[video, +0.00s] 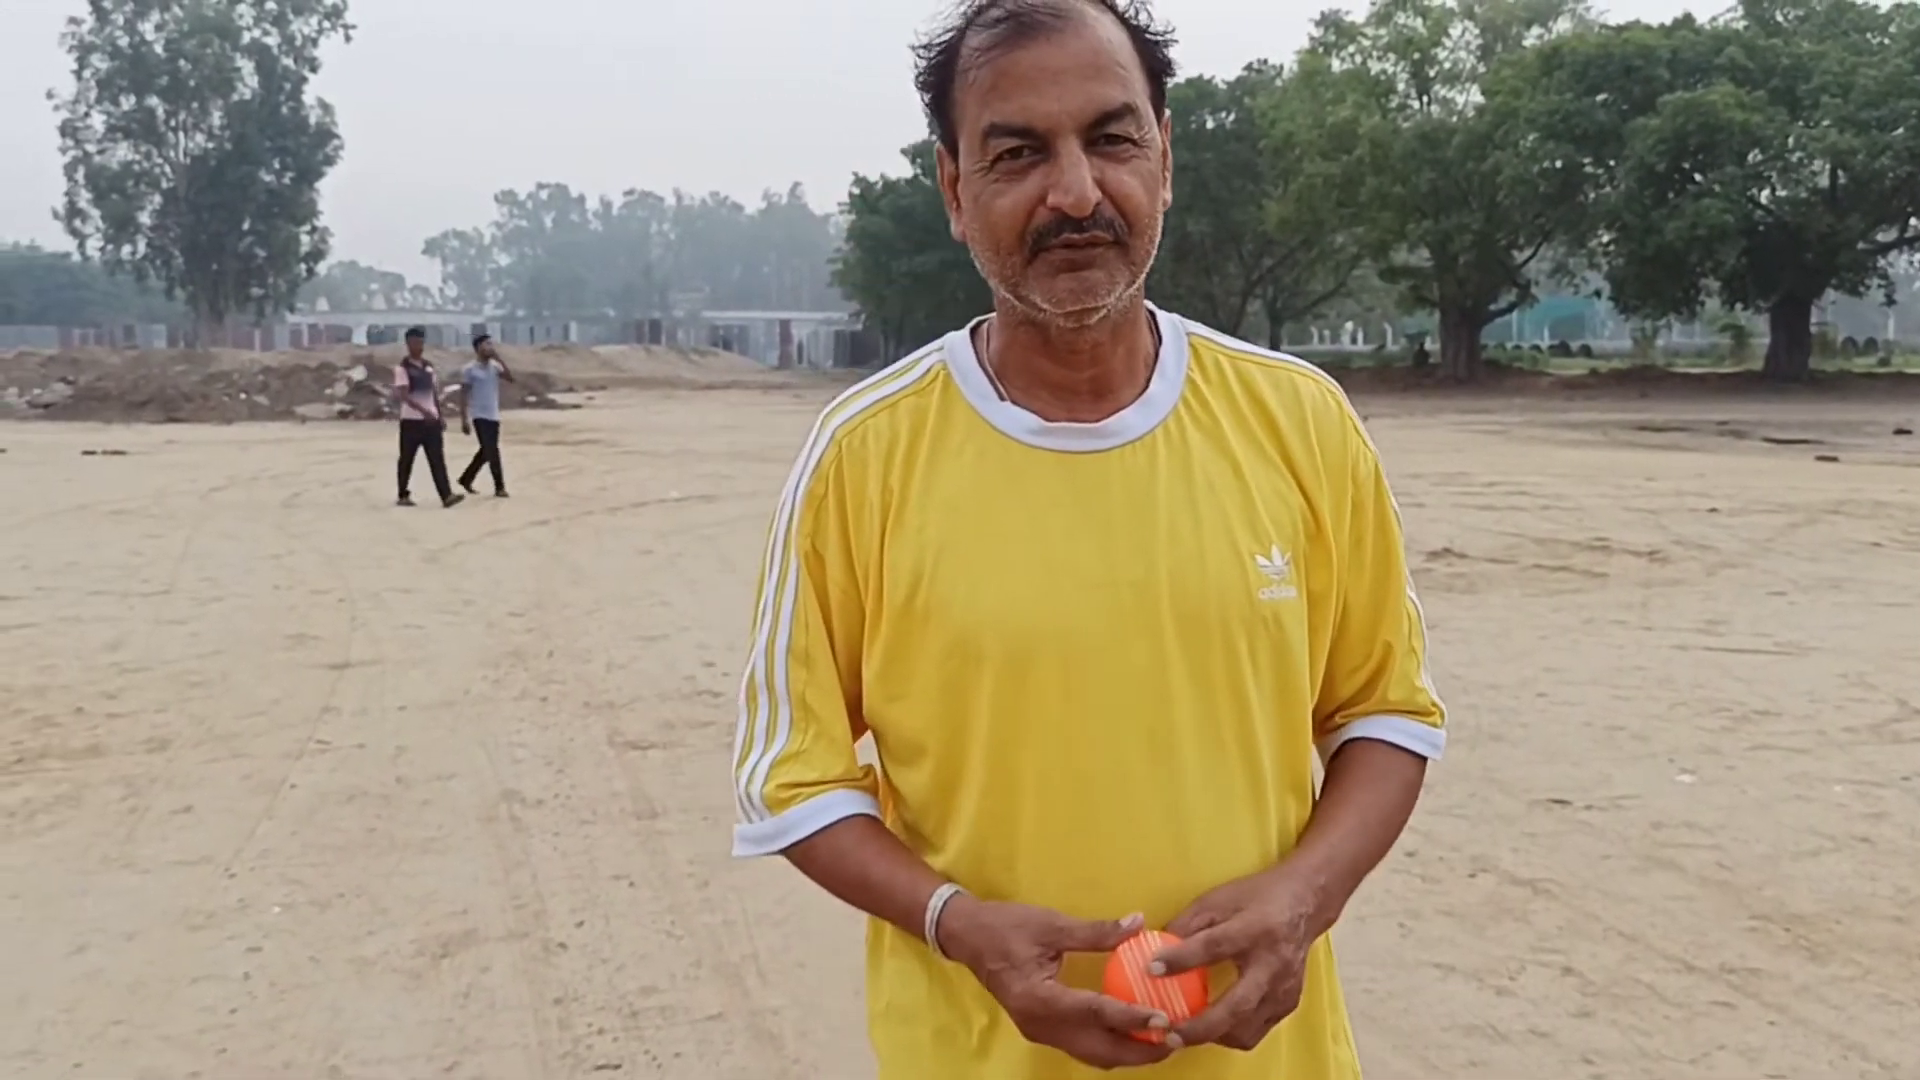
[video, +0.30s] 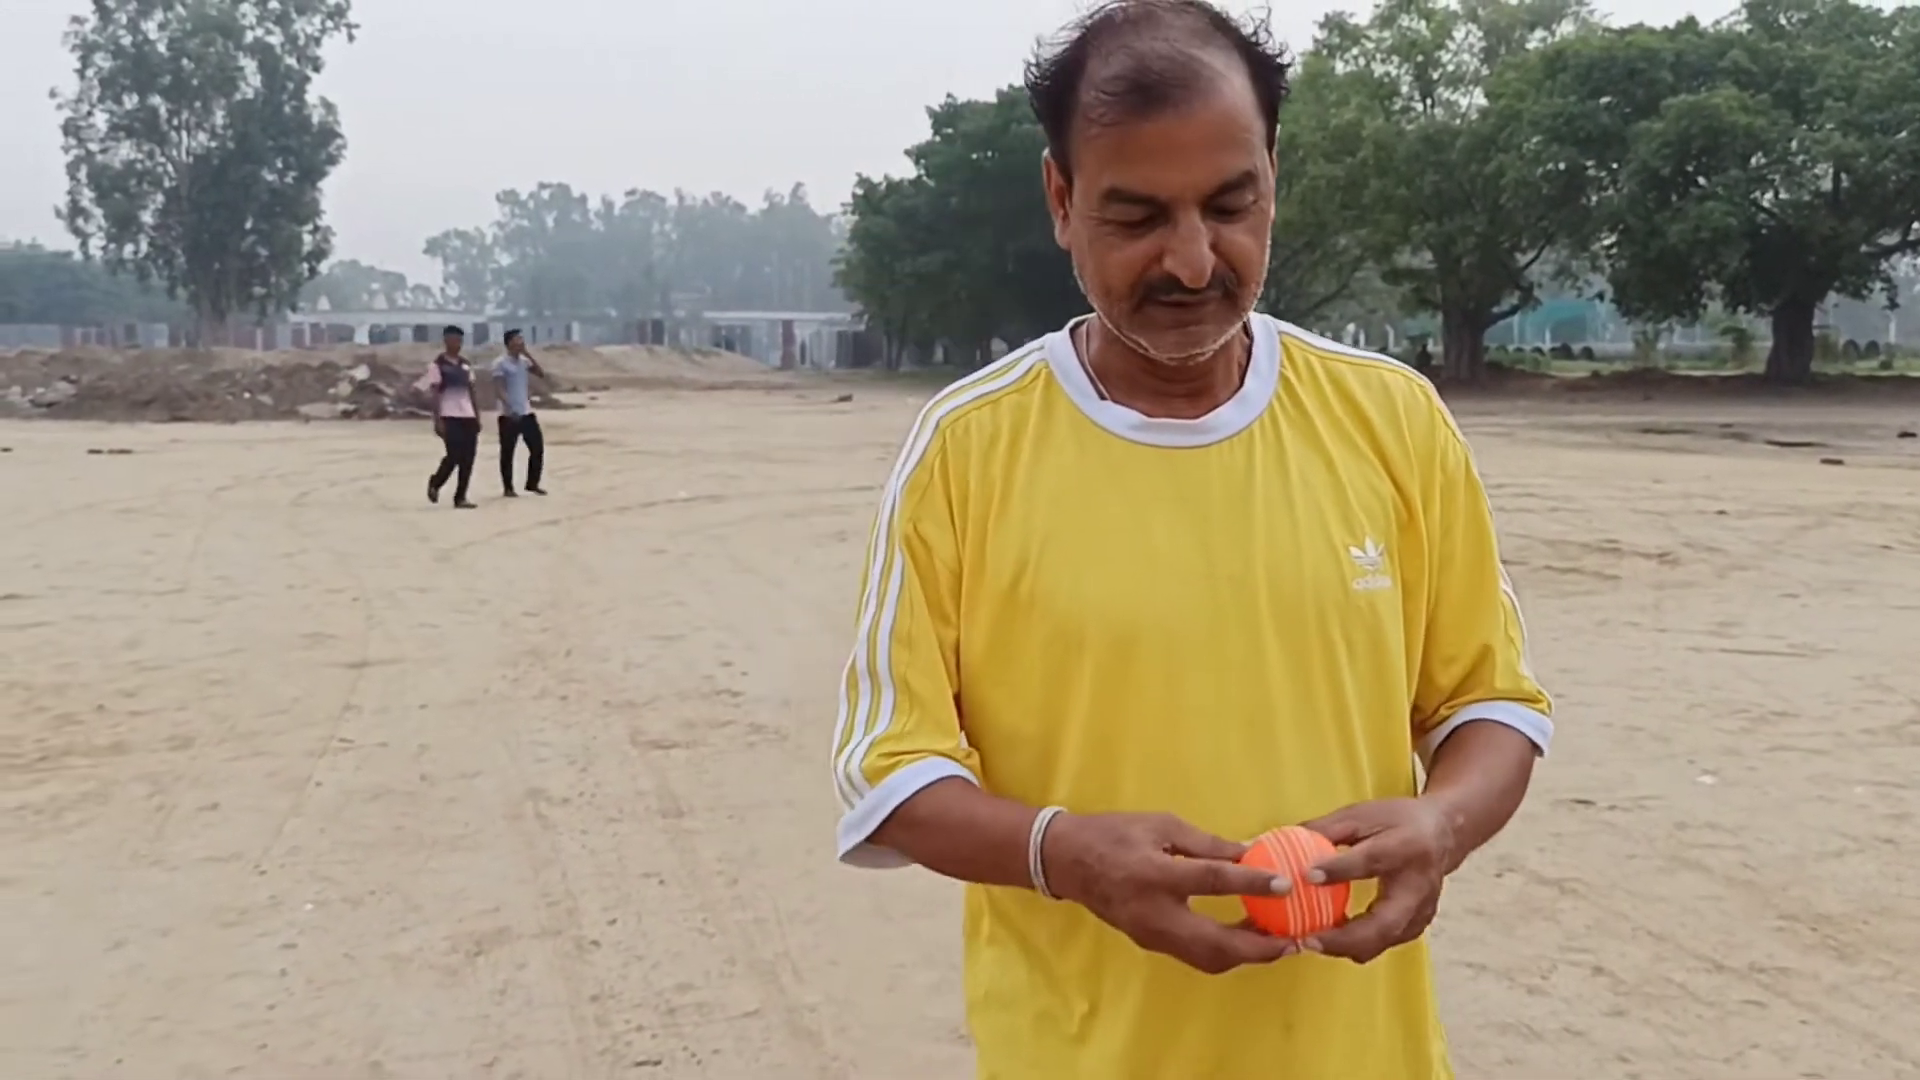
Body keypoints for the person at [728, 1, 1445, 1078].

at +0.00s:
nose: (1075, 191)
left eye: (1113, 140)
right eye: (1020, 153)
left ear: (1165, 164)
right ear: (954, 195)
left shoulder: (1302, 422)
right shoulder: (862, 454)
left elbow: (1392, 712)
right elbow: (789, 774)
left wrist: (1301, 893)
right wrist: (962, 924)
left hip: (1272, 1049)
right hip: (976, 1054)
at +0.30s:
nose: (1191, 259)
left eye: (1230, 203)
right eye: (1135, 214)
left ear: (1273, 182)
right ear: (1060, 203)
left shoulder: (1395, 423)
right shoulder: (964, 449)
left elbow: (1495, 703)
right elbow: (884, 778)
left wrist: (1444, 821)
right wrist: (1058, 853)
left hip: (1362, 1050)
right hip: (1074, 1052)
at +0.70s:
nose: (1291, 239)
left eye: (1329, 183)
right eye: (1237, 194)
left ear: (1369, 173)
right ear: (1162, 194)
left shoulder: (1479, 414)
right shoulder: (1058, 432)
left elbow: (1591, 690)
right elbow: (941, 742)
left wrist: (1543, 751)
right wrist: (1159, 755)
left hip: (1433, 1035)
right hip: (1150, 1043)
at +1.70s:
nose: (1339, 264)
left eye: (1379, 215)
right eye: (1288, 218)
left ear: (1420, 231)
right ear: (1210, 238)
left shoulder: (1520, 484)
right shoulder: (1087, 476)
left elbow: (1688, 805)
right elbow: (899, 726)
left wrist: (1598, 715)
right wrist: (1177, 709)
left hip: (1452, 1048)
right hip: (1153, 1048)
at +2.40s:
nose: (1224, 288)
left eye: (1263, 239)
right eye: (1167, 253)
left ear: (1323, 271)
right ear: (1110, 304)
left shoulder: (1445, 541)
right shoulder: (994, 553)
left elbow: (1650, 868)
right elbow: (785, 827)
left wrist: (1491, 752)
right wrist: (1084, 783)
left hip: (1390, 1053)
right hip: (1077, 1051)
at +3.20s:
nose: (1132, 305)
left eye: (1165, 254)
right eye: (1075, 265)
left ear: (1215, 277)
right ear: (1010, 303)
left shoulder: (1317, 530)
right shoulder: (900, 537)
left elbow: (1500, 834)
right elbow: (720, 808)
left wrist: (1415, 752)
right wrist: (1029, 743)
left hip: (1275, 1057)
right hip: (979, 1058)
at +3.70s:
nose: (1001, 297)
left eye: (1035, 251)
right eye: (948, 261)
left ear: (1087, 277)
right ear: (887, 300)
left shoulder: (1196, 524)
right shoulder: (786, 534)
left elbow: (1353, 820)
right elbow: (608, 795)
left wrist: (1291, 732)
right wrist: (912, 711)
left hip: (1150, 1050)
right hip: (870, 1051)